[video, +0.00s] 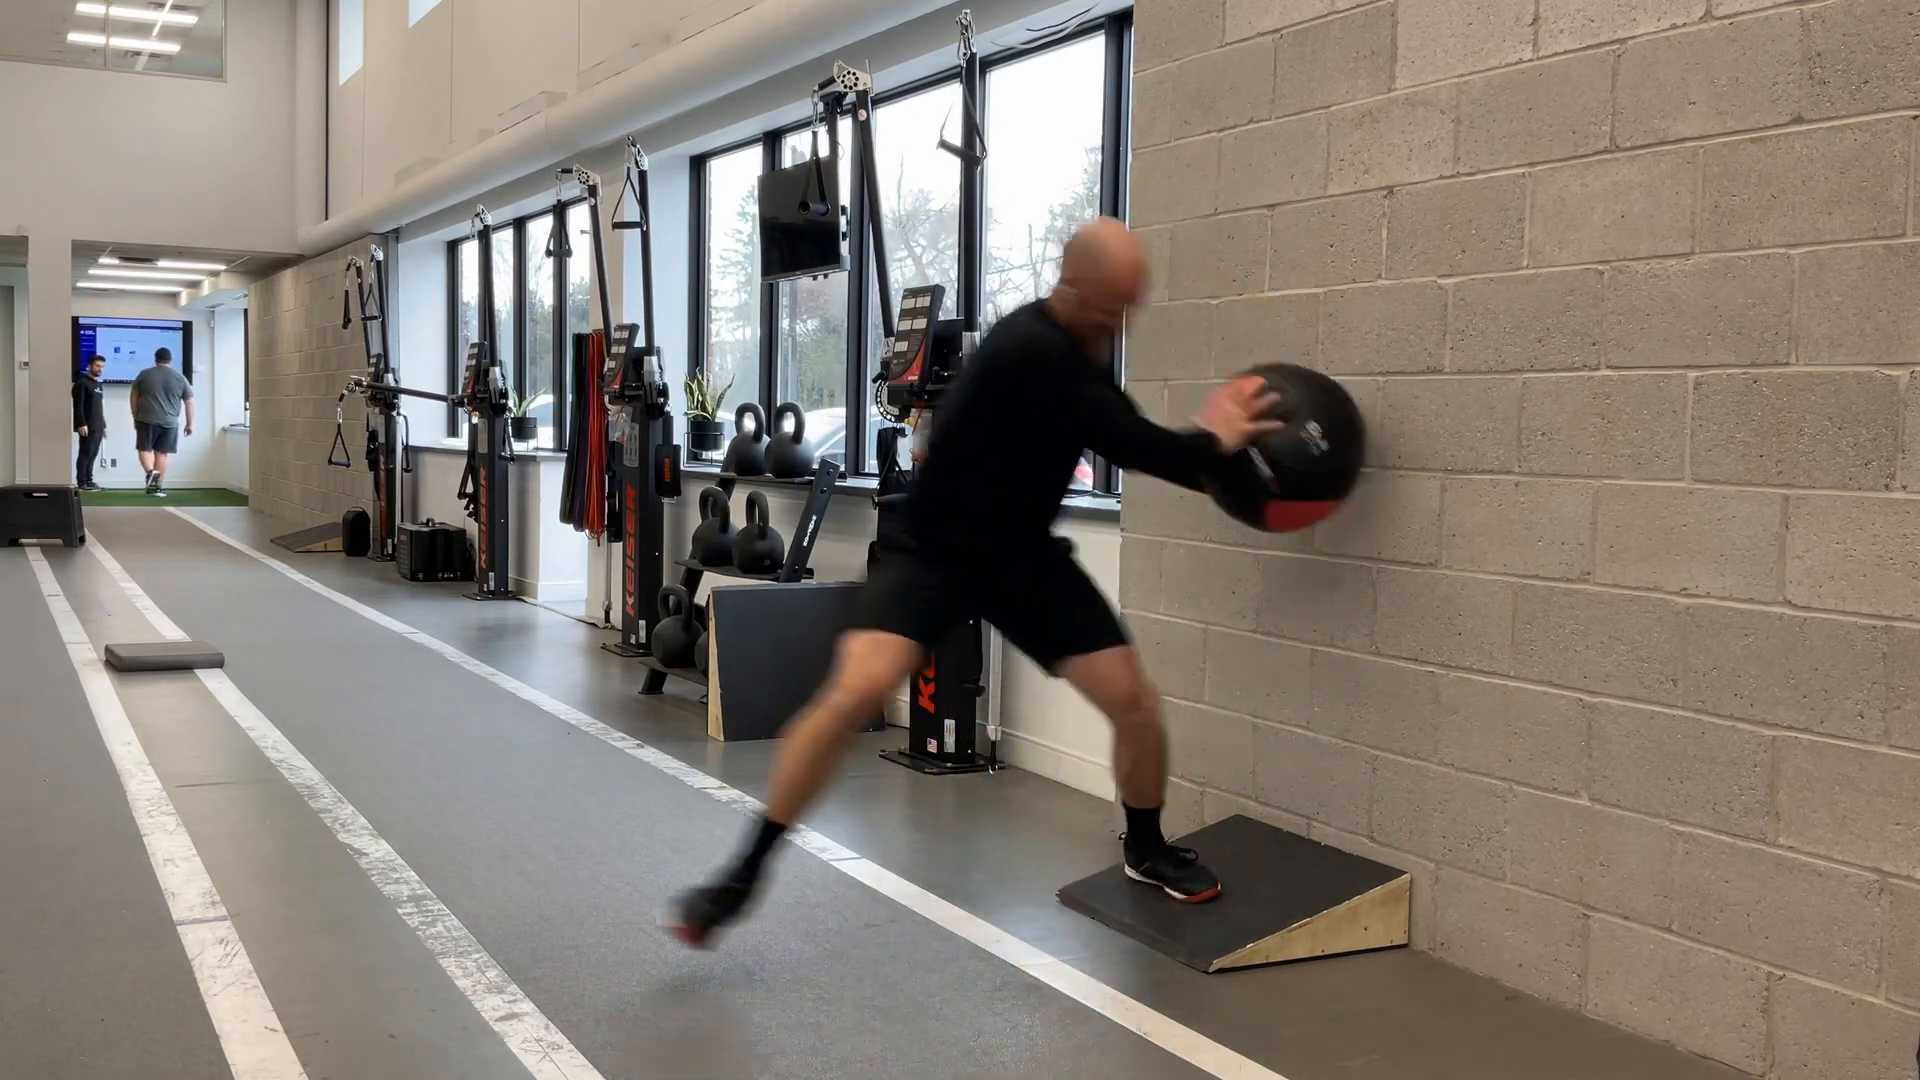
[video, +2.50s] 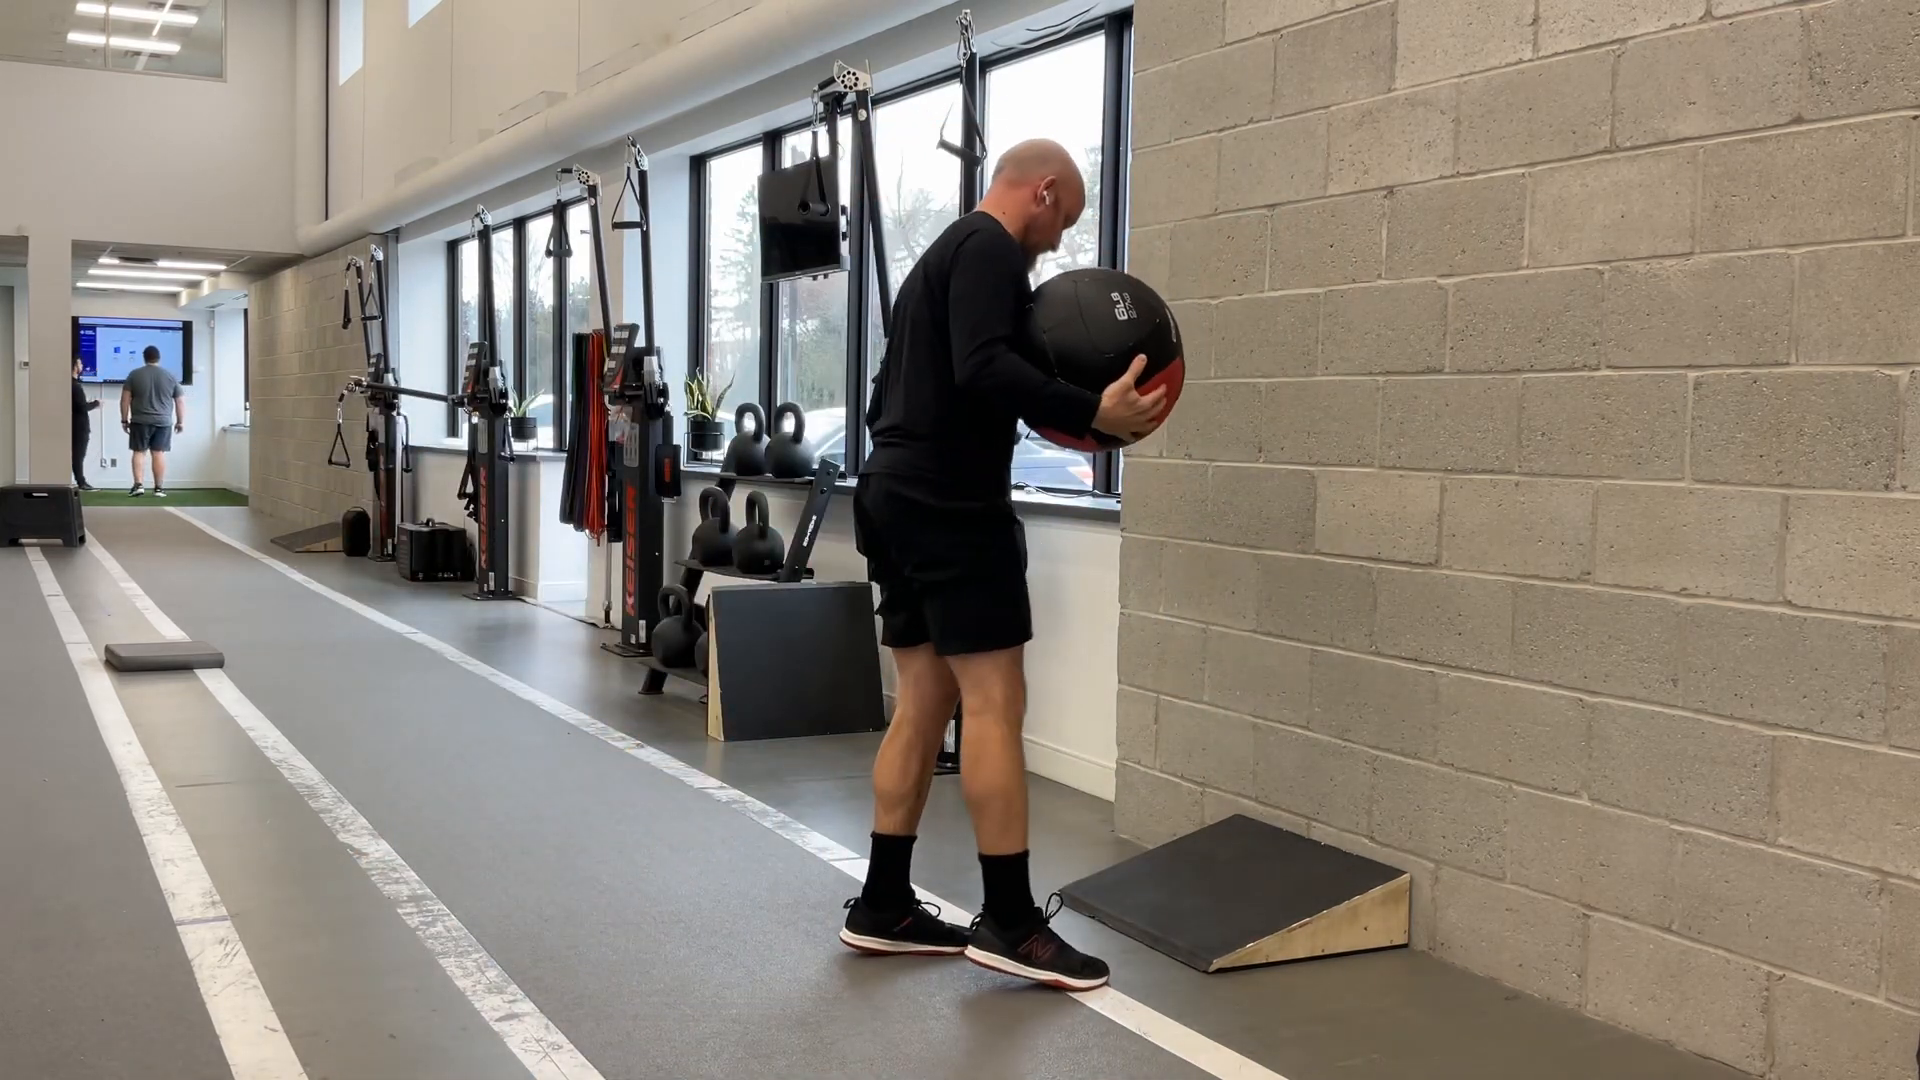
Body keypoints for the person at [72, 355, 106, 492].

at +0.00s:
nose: (100, 369)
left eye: (102, 367)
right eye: (97, 366)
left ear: (103, 368)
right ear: (90, 366)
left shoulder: (98, 384)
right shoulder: (81, 383)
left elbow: (99, 408)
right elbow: (78, 406)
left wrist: (103, 424)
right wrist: (81, 424)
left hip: (97, 425)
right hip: (87, 425)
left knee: (92, 455)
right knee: (85, 454)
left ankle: (89, 479)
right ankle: (82, 481)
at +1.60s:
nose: (96, 367)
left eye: (97, 365)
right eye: (93, 364)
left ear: (98, 367)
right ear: (86, 366)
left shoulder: (94, 384)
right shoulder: (79, 383)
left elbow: (95, 404)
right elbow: (78, 405)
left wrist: (107, 412)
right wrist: (93, 415)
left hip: (94, 423)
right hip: (84, 423)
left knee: (92, 453)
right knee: (85, 452)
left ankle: (89, 479)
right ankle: (82, 481)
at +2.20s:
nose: (91, 366)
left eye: (90, 363)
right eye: (89, 363)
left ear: (81, 365)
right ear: (84, 365)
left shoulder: (78, 381)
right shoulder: (80, 384)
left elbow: (81, 406)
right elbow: (82, 407)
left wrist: (96, 406)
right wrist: (98, 407)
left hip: (81, 425)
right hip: (82, 426)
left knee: (86, 450)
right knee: (85, 450)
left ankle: (81, 479)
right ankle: (81, 481)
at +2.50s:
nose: (81, 366)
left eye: (81, 363)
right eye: (79, 364)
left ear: (74, 367)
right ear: (74, 367)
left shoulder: (73, 383)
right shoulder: (75, 385)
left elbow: (79, 406)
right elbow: (81, 407)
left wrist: (91, 403)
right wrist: (94, 404)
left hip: (76, 425)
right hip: (79, 426)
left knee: (77, 455)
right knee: (78, 455)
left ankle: (81, 481)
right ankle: (81, 482)